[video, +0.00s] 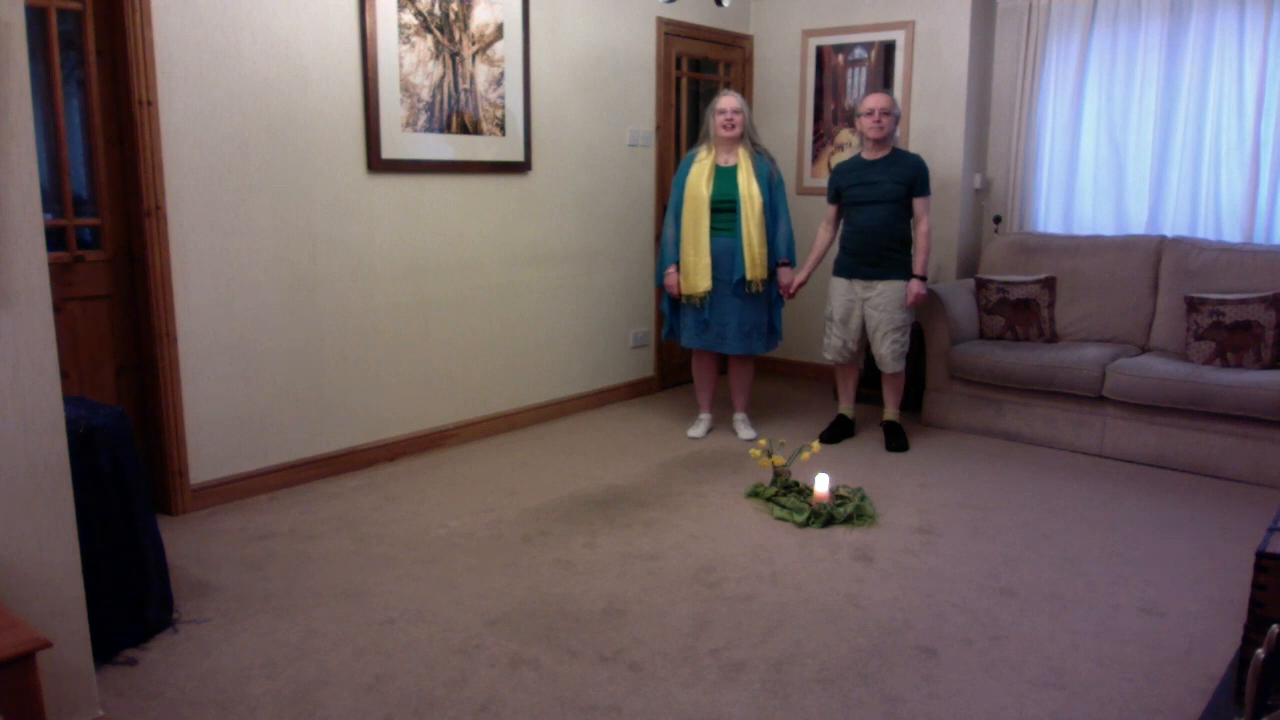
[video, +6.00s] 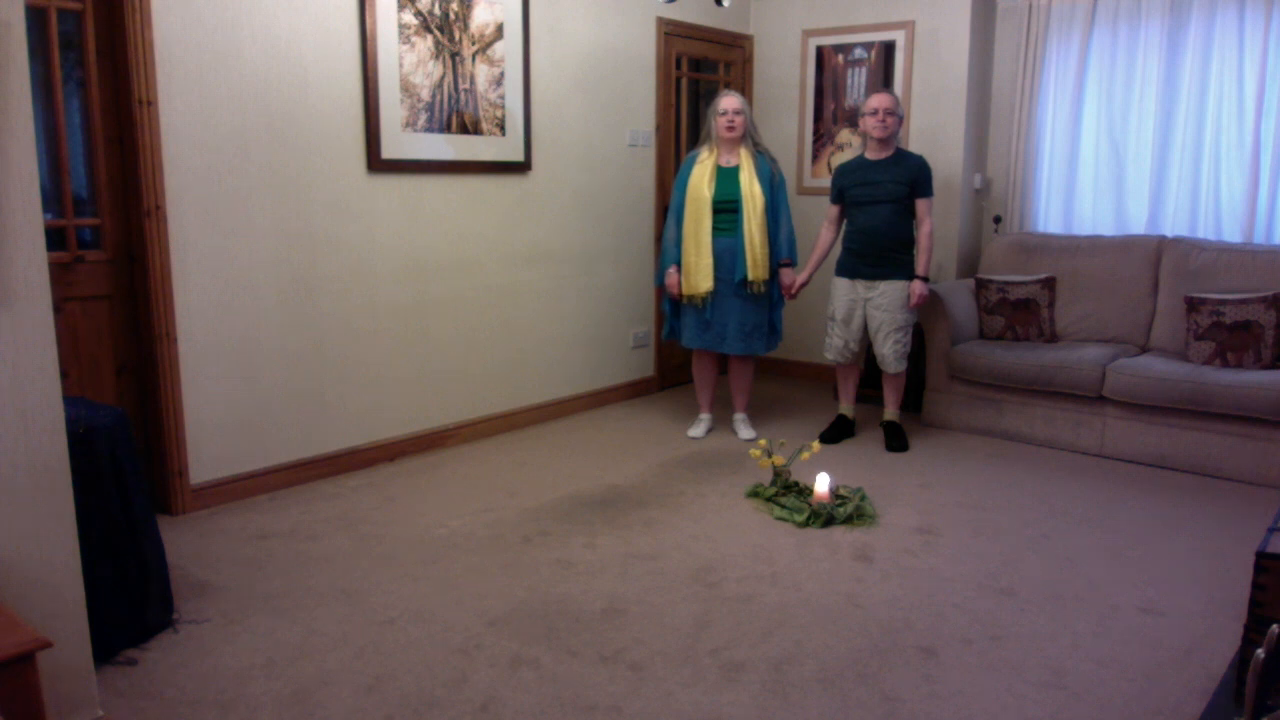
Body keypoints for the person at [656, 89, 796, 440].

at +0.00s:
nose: (728, 118)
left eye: (735, 113)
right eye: (722, 113)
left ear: (745, 119)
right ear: (711, 119)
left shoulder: (762, 163)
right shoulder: (693, 162)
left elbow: (779, 215)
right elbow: (674, 217)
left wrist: (784, 263)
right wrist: (670, 266)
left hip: (749, 267)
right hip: (700, 267)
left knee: (742, 344)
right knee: (702, 342)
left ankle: (741, 415)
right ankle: (704, 413)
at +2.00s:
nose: (728, 119)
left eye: (735, 113)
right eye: (721, 113)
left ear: (745, 119)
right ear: (710, 120)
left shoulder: (762, 164)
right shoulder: (692, 163)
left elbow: (779, 216)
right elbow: (674, 218)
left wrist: (785, 264)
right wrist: (670, 267)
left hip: (748, 268)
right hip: (700, 269)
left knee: (742, 344)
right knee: (702, 343)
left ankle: (741, 415)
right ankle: (704, 413)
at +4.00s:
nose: (729, 119)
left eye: (736, 113)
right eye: (721, 114)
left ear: (746, 119)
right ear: (711, 120)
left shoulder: (762, 164)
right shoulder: (692, 163)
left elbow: (779, 216)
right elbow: (674, 218)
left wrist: (784, 264)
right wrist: (671, 267)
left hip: (749, 268)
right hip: (700, 268)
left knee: (742, 344)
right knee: (702, 343)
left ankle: (741, 415)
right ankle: (704, 413)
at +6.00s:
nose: (730, 119)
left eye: (737, 113)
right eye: (723, 113)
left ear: (747, 119)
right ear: (712, 120)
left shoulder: (764, 164)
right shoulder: (694, 163)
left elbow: (780, 216)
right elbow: (675, 217)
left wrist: (785, 264)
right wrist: (671, 265)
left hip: (750, 269)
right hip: (701, 269)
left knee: (743, 345)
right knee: (703, 343)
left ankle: (741, 414)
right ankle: (705, 413)